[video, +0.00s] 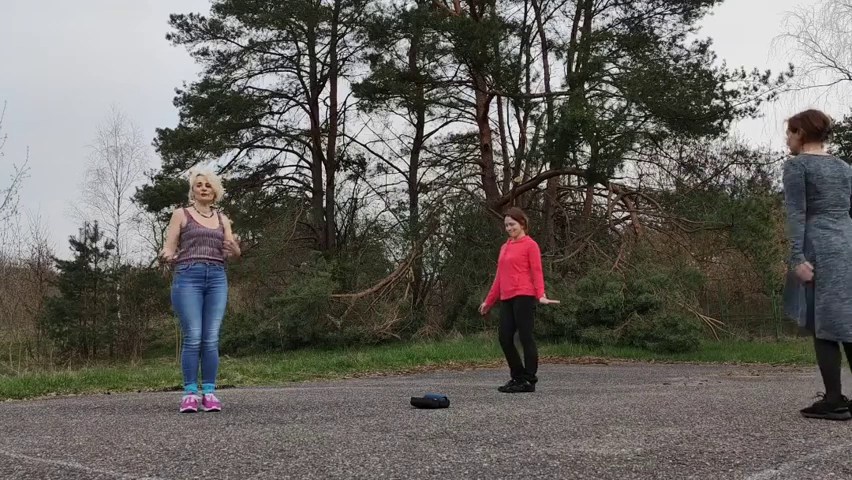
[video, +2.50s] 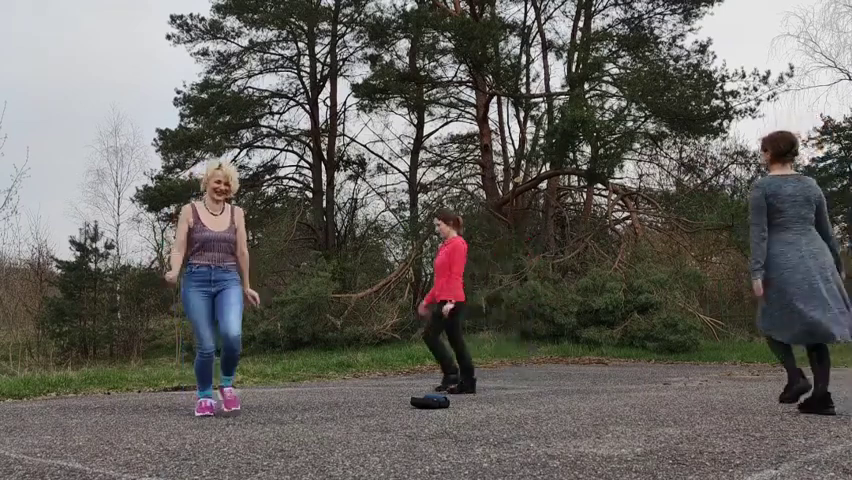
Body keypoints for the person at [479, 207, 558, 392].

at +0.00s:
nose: (509, 227)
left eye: (512, 224)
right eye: (507, 225)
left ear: (522, 223)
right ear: (505, 227)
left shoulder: (530, 245)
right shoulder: (505, 247)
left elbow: (537, 270)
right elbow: (499, 278)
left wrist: (541, 294)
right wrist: (488, 301)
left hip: (524, 296)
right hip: (506, 298)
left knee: (526, 337)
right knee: (505, 339)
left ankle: (529, 380)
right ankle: (518, 377)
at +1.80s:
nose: (490, 225)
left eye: (493, 222)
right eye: (489, 223)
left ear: (504, 223)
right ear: (491, 225)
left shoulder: (515, 243)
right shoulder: (496, 248)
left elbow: (526, 269)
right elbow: (497, 280)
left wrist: (526, 294)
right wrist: (488, 305)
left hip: (514, 299)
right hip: (500, 301)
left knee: (511, 340)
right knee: (501, 341)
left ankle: (527, 379)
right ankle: (516, 378)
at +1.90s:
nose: (487, 232)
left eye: (489, 227)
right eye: (485, 229)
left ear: (500, 225)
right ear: (489, 229)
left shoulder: (511, 245)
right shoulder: (495, 246)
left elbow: (516, 271)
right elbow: (498, 272)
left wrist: (509, 292)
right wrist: (492, 292)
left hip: (511, 300)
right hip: (496, 301)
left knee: (511, 340)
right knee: (487, 338)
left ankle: (527, 380)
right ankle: (506, 377)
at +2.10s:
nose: (473, 230)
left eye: (475, 225)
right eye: (472, 227)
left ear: (486, 222)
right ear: (480, 225)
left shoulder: (495, 240)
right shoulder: (488, 242)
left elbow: (480, 263)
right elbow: (501, 272)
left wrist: (456, 266)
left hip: (497, 298)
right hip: (485, 298)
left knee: (507, 336)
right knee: (472, 334)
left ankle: (525, 377)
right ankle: (467, 378)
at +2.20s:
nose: (465, 230)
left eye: (467, 226)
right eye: (464, 227)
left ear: (478, 223)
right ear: (475, 225)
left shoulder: (485, 241)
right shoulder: (482, 241)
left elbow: (468, 260)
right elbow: (495, 269)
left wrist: (442, 266)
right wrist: (502, 294)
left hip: (487, 298)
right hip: (475, 299)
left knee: (497, 336)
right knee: (466, 336)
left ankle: (521, 375)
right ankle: (467, 380)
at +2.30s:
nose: (456, 230)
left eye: (458, 226)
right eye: (455, 227)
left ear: (469, 224)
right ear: (468, 226)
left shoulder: (475, 244)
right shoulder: (475, 244)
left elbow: (457, 267)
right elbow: (484, 275)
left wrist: (434, 276)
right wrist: (487, 300)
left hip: (472, 300)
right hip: (466, 300)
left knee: (474, 340)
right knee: (463, 341)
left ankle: (509, 369)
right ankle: (468, 382)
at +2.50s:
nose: (437, 229)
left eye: (439, 225)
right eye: (436, 225)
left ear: (449, 224)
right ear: (446, 226)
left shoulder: (458, 244)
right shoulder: (445, 246)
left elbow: (456, 275)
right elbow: (440, 279)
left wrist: (450, 299)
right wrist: (427, 300)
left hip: (452, 300)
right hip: (443, 299)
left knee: (430, 335)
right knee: (456, 340)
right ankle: (467, 382)